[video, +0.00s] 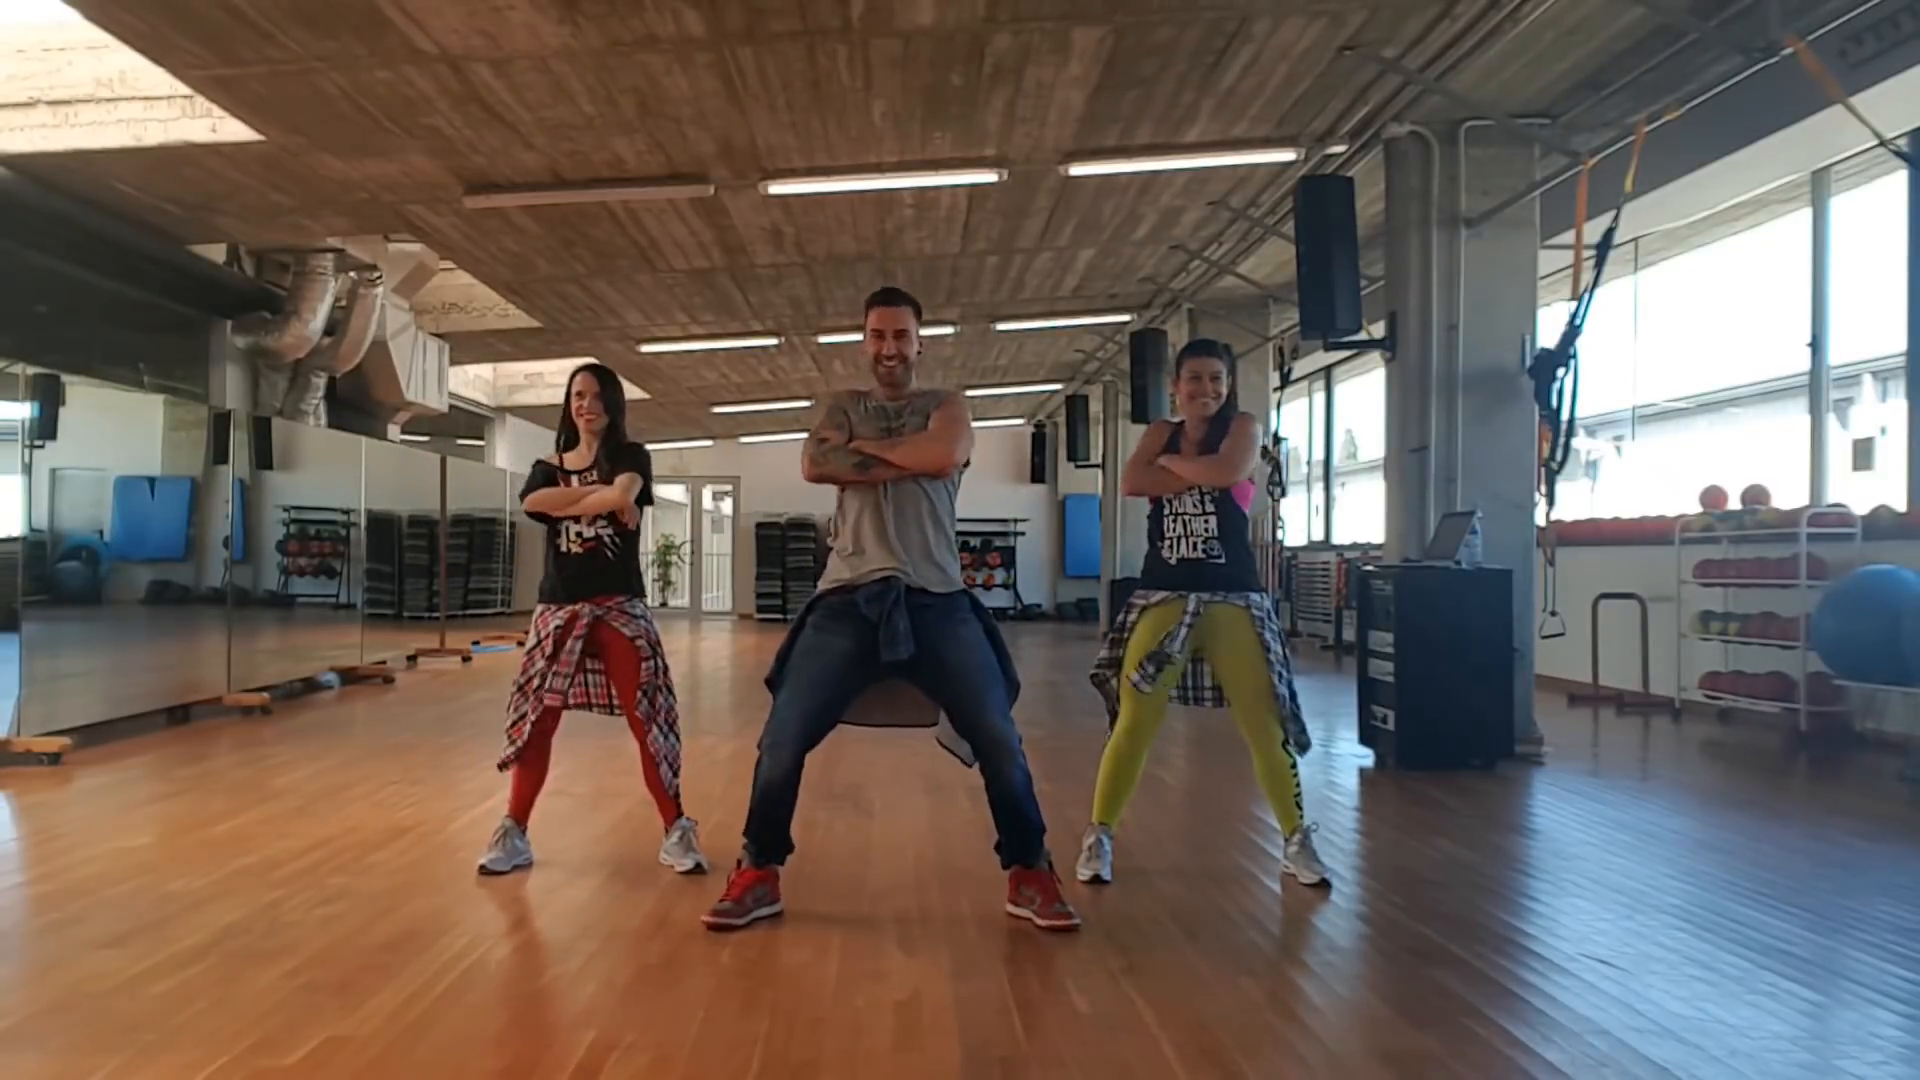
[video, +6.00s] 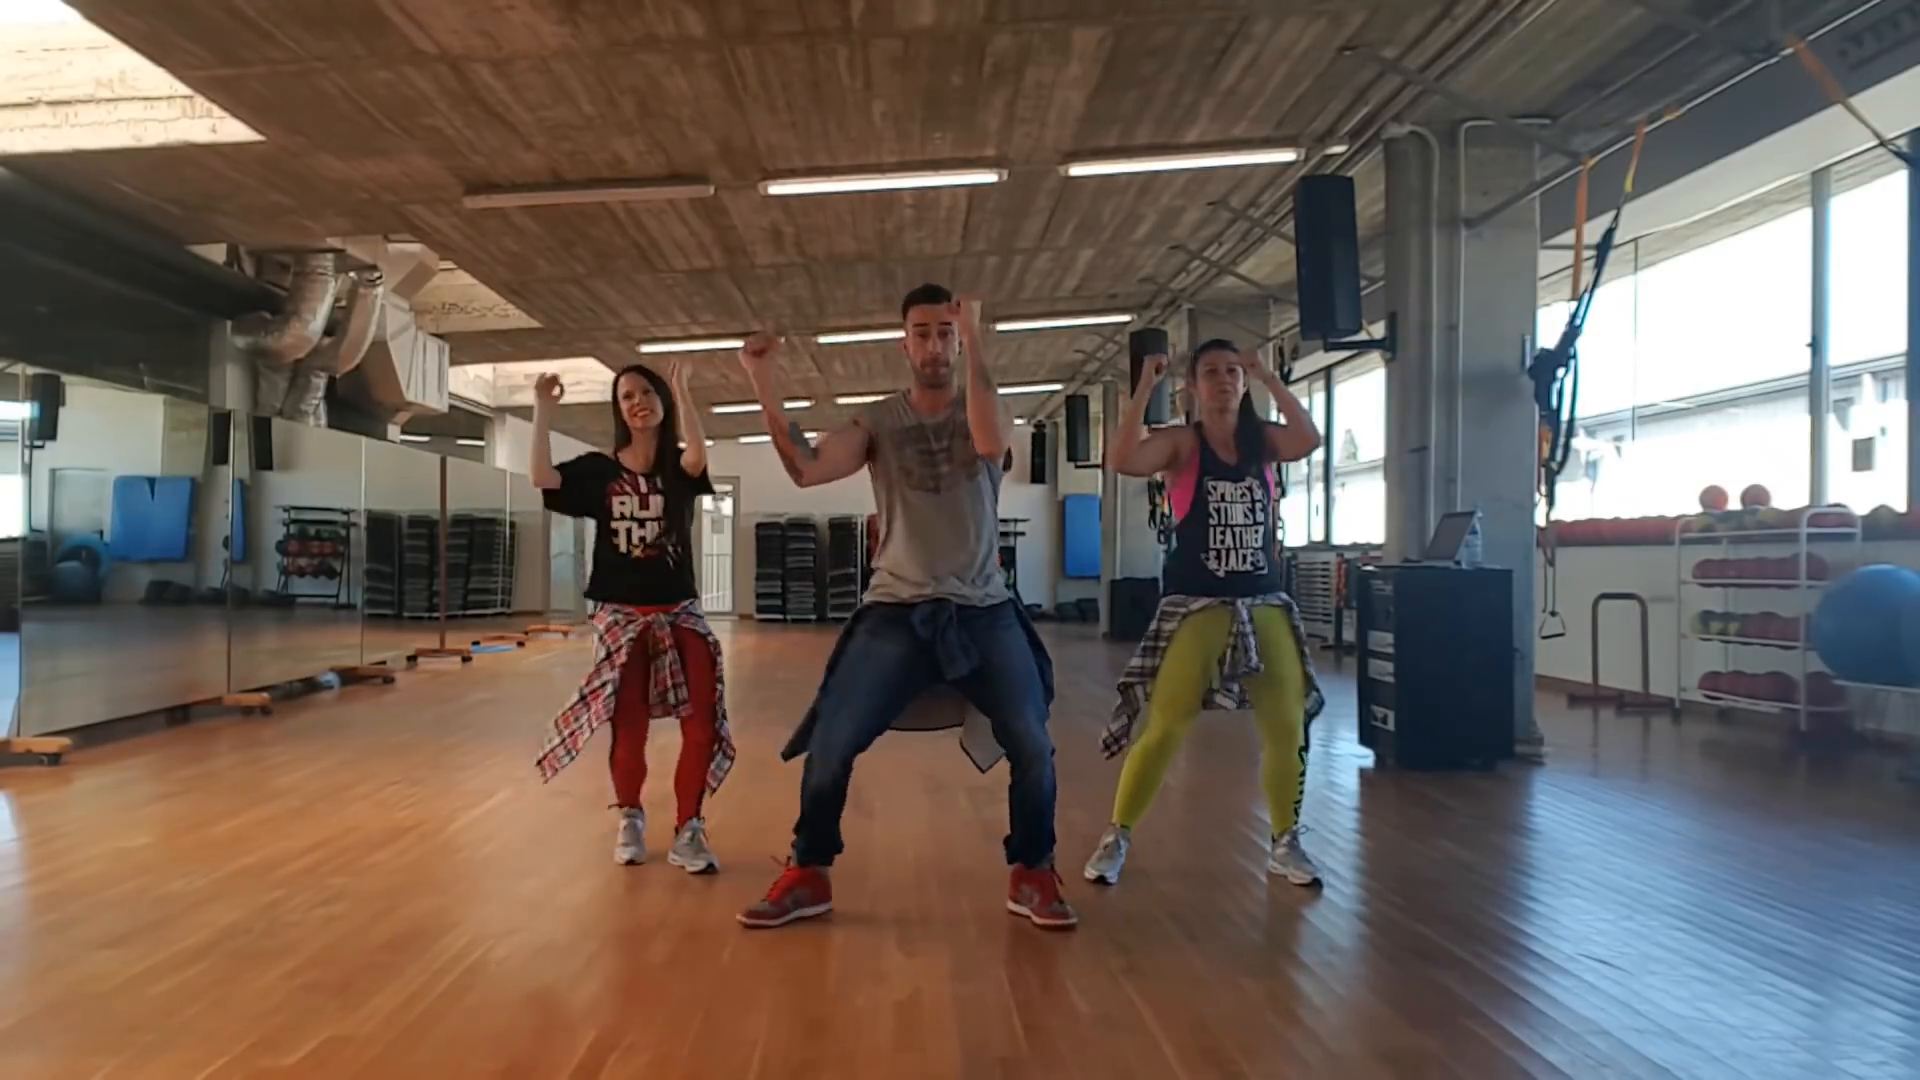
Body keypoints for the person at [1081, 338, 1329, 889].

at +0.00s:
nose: (1204, 388)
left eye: (1214, 379)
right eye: (1193, 378)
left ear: (1228, 386)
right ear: (1175, 385)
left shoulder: (1242, 426)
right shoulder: (1161, 432)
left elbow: (1227, 473)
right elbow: (1132, 481)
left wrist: (1164, 459)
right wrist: (1201, 469)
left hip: (1230, 595)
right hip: (1161, 594)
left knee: (1261, 722)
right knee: (1135, 721)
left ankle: (1297, 841)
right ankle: (1098, 838)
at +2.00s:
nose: (1201, 392)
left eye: (1212, 383)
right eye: (1192, 382)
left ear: (1224, 388)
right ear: (1173, 385)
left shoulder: (1240, 431)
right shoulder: (1156, 429)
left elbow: (1265, 474)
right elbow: (1161, 475)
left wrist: (1194, 455)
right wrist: (1232, 469)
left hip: (1238, 594)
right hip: (1169, 596)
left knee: (1270, 723)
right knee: (1138, 724)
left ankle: (1298, 841)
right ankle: (1099, 838)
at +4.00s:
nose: (1227, 383)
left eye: (1234, 374)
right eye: (1215, 375)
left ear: (1245, 383)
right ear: (1191, 384)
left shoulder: (1253, 430)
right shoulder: (1177, 429)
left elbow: (1292, 480)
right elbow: (1202, 480)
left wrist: (1229, 462)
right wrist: (1260, 479)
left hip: (1250, 595)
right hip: (1183, 595)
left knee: (1274, 719)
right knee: (1147, 718)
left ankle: (1297, 842)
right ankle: (1099, 837)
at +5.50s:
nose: (1197, 374)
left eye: (1206, 367)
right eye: (1186, 366)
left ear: (1220, 379)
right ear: (1170, 379)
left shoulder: (1236, 426)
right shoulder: (1153, 429)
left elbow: (1257, 464)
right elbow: (1141, 478)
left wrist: (1181, 462)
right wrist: (1220, 476)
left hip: (1233, 591)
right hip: (1164, 591)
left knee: (1264, 714)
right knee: (1138, 717)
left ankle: (1297, 841)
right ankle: (1098, 838)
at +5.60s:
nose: (1192, 372)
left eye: (1202, 364)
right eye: (1182, 364)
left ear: (1216, 377)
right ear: (1164, 377)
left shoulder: (1235, 426)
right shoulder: (1146, 429)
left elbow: (1270, 454)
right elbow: (1108, 475)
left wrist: (1203, 431)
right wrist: (1165, 460)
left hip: (1227, 591)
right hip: (1157, 591)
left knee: (1260, 714)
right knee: (1134, 715)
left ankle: (1297, 840)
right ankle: (1098, 838)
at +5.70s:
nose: (1193, 371)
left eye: (1202, 362)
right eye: (1182, 362)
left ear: (1216, 377)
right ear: (1164, 376)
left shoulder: (1232, 428)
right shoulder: (1146, 430)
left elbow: (1287, 444)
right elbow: (1094, 461)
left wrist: (1241, 387)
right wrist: (1145, 410)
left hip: (1226, 592)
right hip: (1157, 592)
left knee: (1258, 712)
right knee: (1132, 714)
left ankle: (1295, 840)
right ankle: (1098, 838)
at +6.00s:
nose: (1225, 380)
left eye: (1232, 371)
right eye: (1213, 372)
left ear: (1246, 384)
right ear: (1193, 387)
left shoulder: (1260, 438)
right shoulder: (1180, 442)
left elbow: (1306, 439)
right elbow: (1122, 459)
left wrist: (1268, 378)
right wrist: (1144, 389)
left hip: (1265, 603)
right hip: (1196, 605)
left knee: (1286, 725)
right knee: (1165, 727)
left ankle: (1284, 843)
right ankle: (1117, 838)